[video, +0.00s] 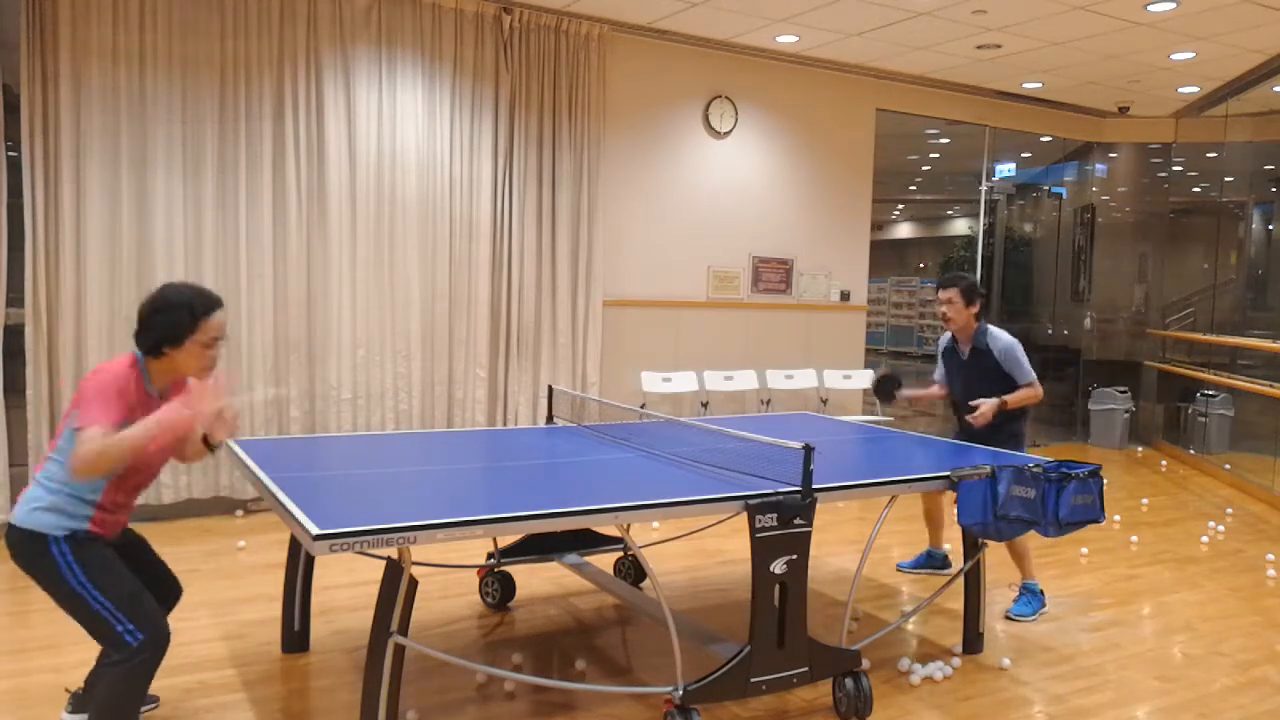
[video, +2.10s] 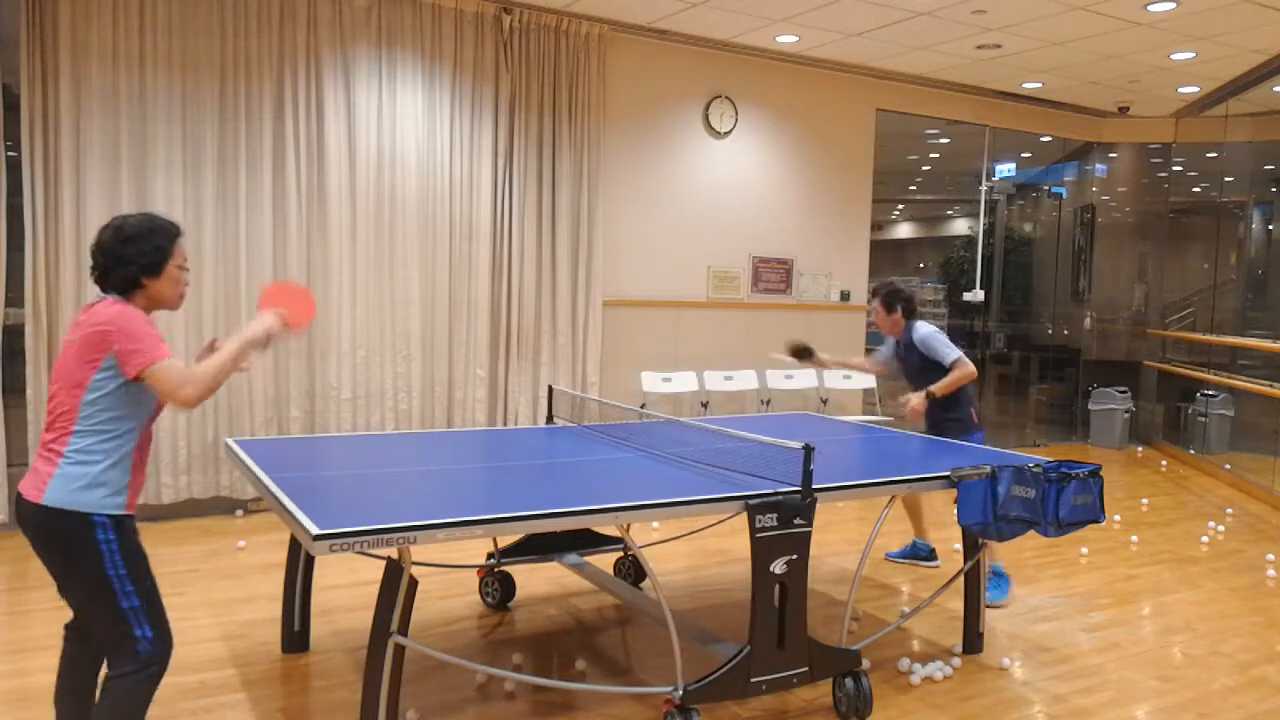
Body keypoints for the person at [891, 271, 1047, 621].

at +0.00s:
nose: (942, 311)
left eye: (949, 304)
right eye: (940, 304)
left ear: (974, 307)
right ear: (940, 307)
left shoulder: (1003, 344)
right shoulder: (947, 343)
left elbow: (1035, 392)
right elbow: (943, 390)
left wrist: (998, 403)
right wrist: (905, 395)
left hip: (1005, 446)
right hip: (965, 442)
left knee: (1005, 514)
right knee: (929, 482)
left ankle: (1031, 588)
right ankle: (936, 553)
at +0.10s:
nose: (933, 308)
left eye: (940, 301)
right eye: (930, 301)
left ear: (963, 304)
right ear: (930, 305)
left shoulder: (987, 337)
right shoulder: (949, 340)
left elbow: (1029, 382)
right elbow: (961, 386)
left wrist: (983, 397)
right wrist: (932, 406)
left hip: (1004, 440)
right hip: (971, 436)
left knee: (1008, 512)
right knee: (942, 485)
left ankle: (1031, 588)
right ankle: (939, 552)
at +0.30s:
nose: (915, 329)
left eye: (918, 321)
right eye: (913, 322)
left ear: (940, 318)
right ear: (937, 319)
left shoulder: (968, 344)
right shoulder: (953, 348)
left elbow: (1011, 390)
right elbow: (968, 394)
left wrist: (962, 412)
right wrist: (923, 406)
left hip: (1002, 446)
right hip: (975, 443)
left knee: (997, 517)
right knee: (935, 482)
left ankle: (1032, 589)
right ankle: (939, 551)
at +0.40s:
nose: (910, 325)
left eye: (914, 318)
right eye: (910, 318)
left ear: (935, 317)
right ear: (934, 318)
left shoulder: (967, 342)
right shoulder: (942, 349)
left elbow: (1008, 388)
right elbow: (931, 386)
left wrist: (960, 406)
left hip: (997, 443)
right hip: (966, 440)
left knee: (995, 515)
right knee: (926, 481)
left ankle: (1029, 588)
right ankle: (937, 553)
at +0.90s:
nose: (915, 308)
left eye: (922, 302)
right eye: (912, 302)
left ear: (944, 305)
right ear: (911, 305)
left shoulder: (969, 338)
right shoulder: (923, 341)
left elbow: (1003, 382)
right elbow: (930, 383)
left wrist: (960, 397)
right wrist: (899, 398)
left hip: (981, 432)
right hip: (948, 430)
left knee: (978, 503)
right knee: (917, 477)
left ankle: (1003, 574)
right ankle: (924, 547)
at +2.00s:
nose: (883, 326)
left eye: (886, 318)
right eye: (882, 319)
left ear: (906, 316)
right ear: (904, 316)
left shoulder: (931, 339)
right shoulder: (920, 341)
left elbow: (973, 378)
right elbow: (931, 386)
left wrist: (933, 405)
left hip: (971, 434)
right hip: (948, 433)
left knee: (978, 504)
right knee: (914, 479)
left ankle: (1006, 577)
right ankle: (924, 545)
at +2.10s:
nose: (873, 319)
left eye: (876, 312)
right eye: (872, 312)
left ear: (897, 312)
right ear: (892, 312)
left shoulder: (924, 333)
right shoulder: (897, 342)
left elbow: (967, 370)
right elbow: (872, 365)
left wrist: (926, 394)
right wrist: (825, 361)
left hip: (965, 431)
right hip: (935, 430)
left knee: (972, 498)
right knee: (904, 478)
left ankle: (995, 572)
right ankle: (922, 544)